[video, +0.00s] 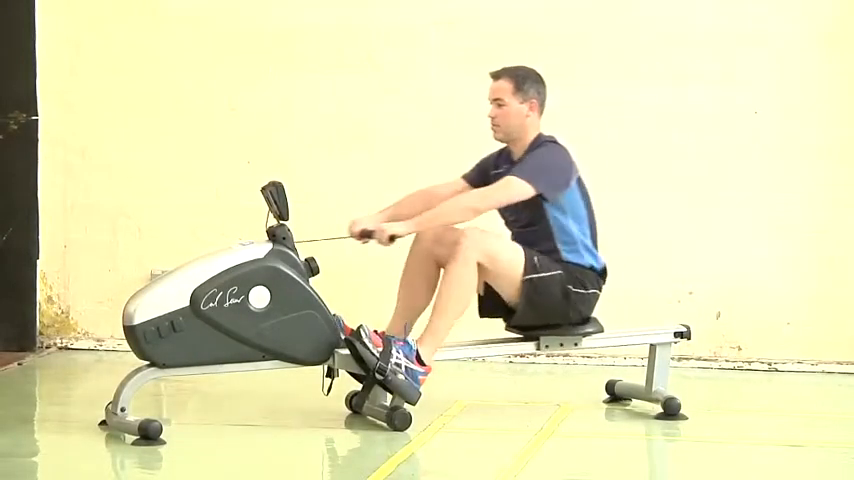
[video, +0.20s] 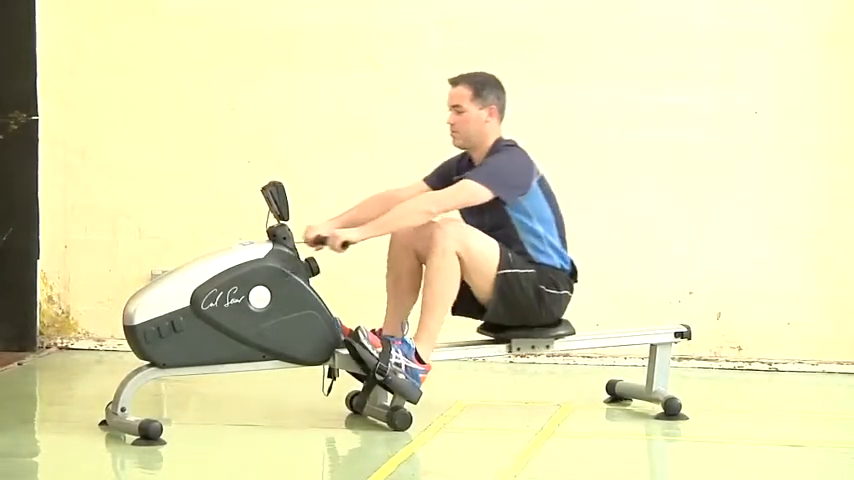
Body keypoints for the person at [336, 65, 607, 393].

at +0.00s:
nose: (490, 113)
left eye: (499, 104)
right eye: (490, 104)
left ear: (531, 108)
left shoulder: (551, 157)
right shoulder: (498, 162)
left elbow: (478, 203)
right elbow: (442, 194)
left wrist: (406, 227)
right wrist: (380, 216)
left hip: (571, 287)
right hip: (529, 285)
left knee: (471, 241)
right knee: (431, 236)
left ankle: (419, 360)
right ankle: (391, 342)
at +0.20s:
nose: (449, 120)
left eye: (458, 110)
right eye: (449, 111)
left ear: (490, 114)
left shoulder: (511, 162)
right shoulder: (459, 166)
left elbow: (436, 207)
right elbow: (400, 198)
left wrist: (357, 233)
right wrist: (335, 224)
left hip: (542, 291)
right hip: (500, 289)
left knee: (448, 231)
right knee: (407, 231)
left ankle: (418, 358)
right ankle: (390, 340)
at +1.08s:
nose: (465, 110)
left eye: (474, 101)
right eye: (466, 101)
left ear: (506, 105)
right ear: (501, 106)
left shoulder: (523, 157)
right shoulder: (471, 158)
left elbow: (439, 193)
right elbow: (409, 188)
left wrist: (367, 221)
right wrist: (340, 211)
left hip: (539, 284)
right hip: (500, 283)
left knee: (444, 229)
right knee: (405, 226)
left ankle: (415, 354)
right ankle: (385, 338)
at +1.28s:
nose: (520, 106)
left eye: (528, 96)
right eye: (520, 97)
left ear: (560, 99)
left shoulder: (576, 153)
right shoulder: (523, 154)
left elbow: (497, 185)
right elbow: (460, 183)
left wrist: (423, 213)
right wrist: (396, 203)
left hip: (577, 280)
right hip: (540, 273)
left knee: (470, 244)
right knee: (435, 238)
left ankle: (418, 358)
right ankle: (390, 342)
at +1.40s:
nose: (557, 104)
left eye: (565, 94)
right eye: (556, 95)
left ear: (596, 97)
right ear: (588, 98)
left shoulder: (614, 152)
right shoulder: (562, 151)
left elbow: (538, 191)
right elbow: (506, 182)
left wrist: (465, 212)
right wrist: (440, 200)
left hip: (600, 278)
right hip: (565, 270)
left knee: (490, 255)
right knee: (456, 251)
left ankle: (420, 358)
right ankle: (391, 341)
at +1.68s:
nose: (629, 109)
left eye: (637, 100)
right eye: (628, 100)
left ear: (669, 101)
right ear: (643, 103)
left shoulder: (686, 156)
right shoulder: (635, 157)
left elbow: (650, 219)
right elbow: (596, 197)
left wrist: (577, 215)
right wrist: (547, 204)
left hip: (641, 277)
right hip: (604, 267)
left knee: (518, 289)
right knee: (486, 283)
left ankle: (423, 363)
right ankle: (399, 346)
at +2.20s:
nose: (625, 106)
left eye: (634, 97)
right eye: (624, 97)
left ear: (665, 99)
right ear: (641, 101)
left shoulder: (683, 153)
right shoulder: (636, 157)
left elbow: (694, 235)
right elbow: (626, 231)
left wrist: (625, 213)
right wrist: (590, 213)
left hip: (646, 278)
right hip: (610, 266)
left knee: (534, 305)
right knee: (496, 293)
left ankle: (422, 364)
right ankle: (398, 347)